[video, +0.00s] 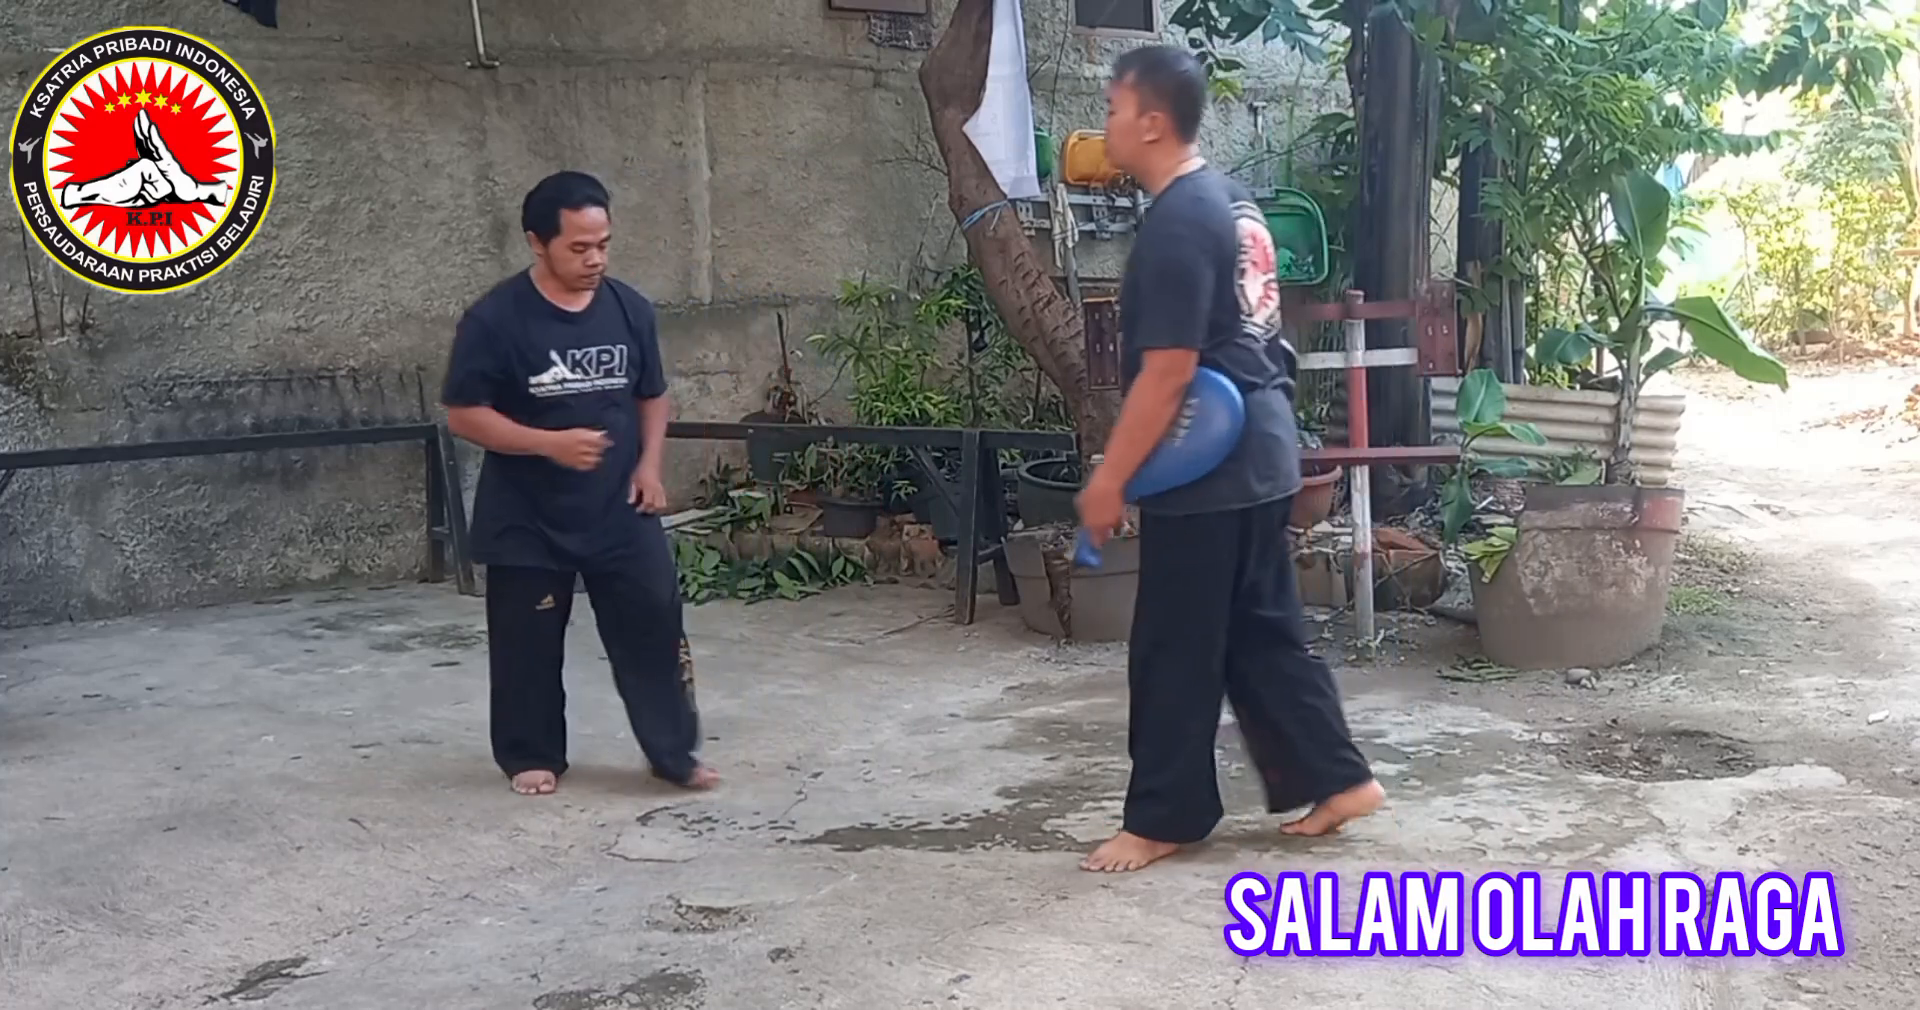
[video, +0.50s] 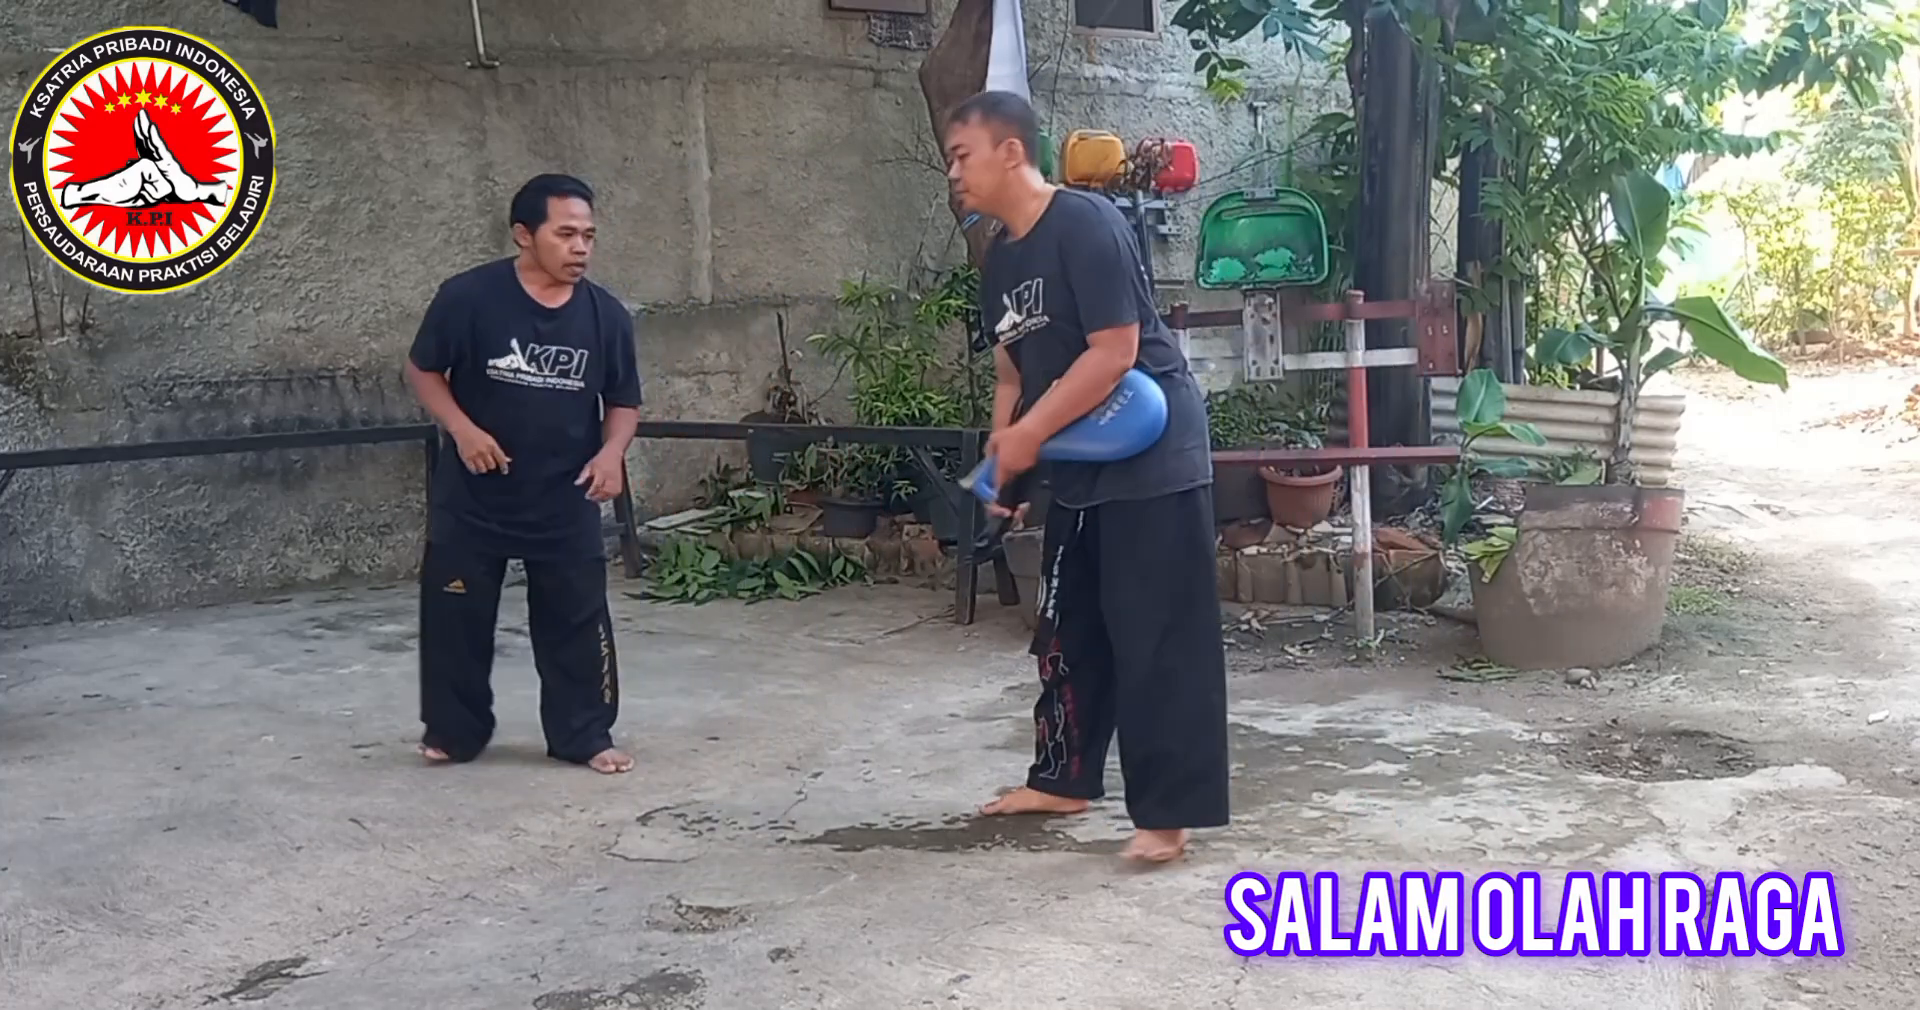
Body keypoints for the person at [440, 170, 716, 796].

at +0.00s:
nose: (596, 259)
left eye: (603, 244)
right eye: (581, 247)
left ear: (610, 238)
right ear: (539, 243)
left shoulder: (631, 309)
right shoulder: (493, 320)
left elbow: (654, 395)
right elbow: (463, 414)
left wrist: (650, 463)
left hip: (618, 509)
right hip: (529, 517)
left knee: (654, 622)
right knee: (527, 644)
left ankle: (674, 754)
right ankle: (532, 759)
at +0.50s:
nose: (582, 245)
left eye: (588, 234)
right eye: (568, 233)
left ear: (593, 236)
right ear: (525, 235)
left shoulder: (607, 315)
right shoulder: (466, 297)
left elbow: (624, 400)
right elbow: (422, 369)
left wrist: (614, 451)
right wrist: (461, 427)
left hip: (565, 499)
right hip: (472, 498)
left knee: (577, 621)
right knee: (456, 616)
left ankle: (584, 736)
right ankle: (454, 730)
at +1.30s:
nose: (596, 252)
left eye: (600, 240)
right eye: (581, 241)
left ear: (603, 245)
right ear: (537, 250)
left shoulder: (624, 326)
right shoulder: (491, 323)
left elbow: (675, 396)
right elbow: (503, 405)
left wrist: (713, 444)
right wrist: (569, 338)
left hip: (603, 509)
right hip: (510, 510)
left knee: (643, 622)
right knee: (489, 632)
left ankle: (663, 753)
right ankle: (487, 736)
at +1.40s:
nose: (581, 258)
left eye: (585, 245)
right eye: (565, 246)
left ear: (590, 251)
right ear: (522, 255)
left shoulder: (609, 328)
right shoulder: (478, 330)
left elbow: (662, 403)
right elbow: (490, 409)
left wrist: (702, 453)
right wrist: (549, 339)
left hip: (597, 512)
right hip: (505, 514)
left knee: (642, 621)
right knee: (482, 629)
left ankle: (666, 753)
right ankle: (484, 736)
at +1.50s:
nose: (572, 248)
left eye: (576, 236)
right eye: (557, 236)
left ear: (582, 242)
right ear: (513, 244)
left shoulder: (604, 321)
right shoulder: (470, 319)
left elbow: (658, 393)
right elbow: (482, 395)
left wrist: (700, 441)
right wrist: (539, 321)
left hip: (599, 503)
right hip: (504, 507)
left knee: (650, 607)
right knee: (481, 620)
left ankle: (681, 748)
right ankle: (481, 735)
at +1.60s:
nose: (578, 247)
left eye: (582, 235)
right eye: (563, 235)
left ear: (586, 242)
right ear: (519, 243)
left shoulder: (611, 321)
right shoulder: (477, 317)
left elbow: (666, 387)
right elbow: (491, 393)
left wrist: (712, 426)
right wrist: (549, 319)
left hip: (607, 506)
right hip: (514, 509)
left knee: (656, 616)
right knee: (487, 624)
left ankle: (699, 753)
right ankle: (482, 735)